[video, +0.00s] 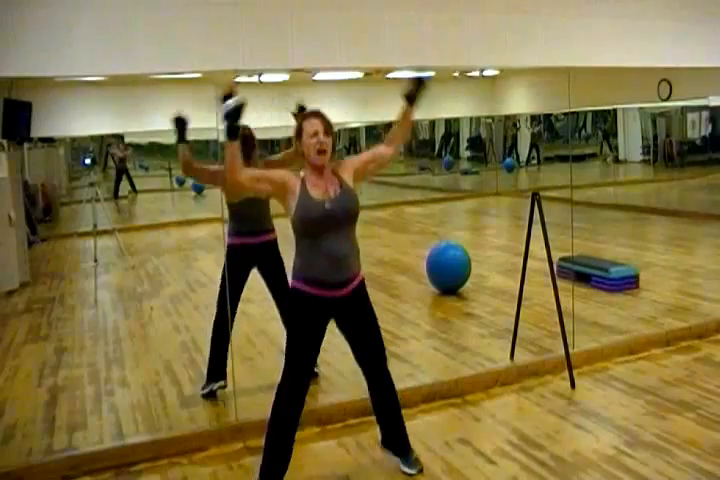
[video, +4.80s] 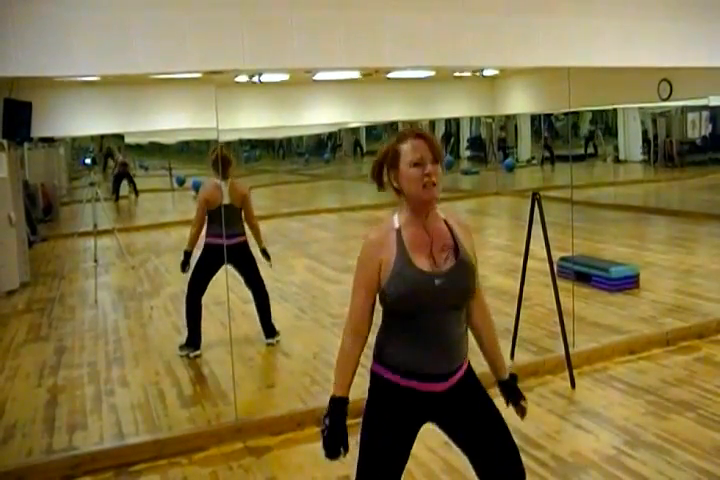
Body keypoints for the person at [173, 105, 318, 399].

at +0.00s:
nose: (241, 146)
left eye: (237, 141)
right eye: (245, 141)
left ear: (233, 147)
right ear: (254, 146)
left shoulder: (226, 174)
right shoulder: (265, 168)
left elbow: (188, 168)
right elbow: (299, 153)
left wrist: (182, 136)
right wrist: (302, 124)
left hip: (239, 246)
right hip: (267, 244)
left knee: (225, 312)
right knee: (287, 306)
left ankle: (215, 378)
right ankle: (306, 362)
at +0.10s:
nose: (247, 143)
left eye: (239, 139)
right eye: (251, 138)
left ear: (233, 143)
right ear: (256, 141)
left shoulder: (224, 171)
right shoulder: (273, 167)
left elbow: (196, 190)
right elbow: (294, 188)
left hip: (238, 241)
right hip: (267, 238)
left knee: (231, 304)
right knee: (279, 300)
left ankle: (230, 370)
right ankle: (295, 357)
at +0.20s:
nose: (250, 152)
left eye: (239, 147)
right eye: (254, 147)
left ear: (234, 151)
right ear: (256, 150)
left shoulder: (228, 183)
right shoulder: (271, 179)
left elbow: (207, 219)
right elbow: (290, 208)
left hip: (238, 254)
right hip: (267, 250)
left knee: (236, 315)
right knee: (275, 309)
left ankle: (242, 377)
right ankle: (283, 369)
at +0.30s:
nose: (241, 157)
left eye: (236, 153)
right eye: (249, 152)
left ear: (234, 157)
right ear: (255, 155)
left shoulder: (230, 189)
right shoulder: (268, 184)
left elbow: (223, 231)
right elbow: (280, 220)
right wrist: (285, 250)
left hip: (240, 257)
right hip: (268, 254)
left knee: (234, 317)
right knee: (276, 310)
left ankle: (241, 379)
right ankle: (283, 373)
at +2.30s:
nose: (241, 164)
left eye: (230, 160)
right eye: (244, 160)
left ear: (224, 162)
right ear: (245, 163)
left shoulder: (218, 192)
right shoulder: (256, 191)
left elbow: (212, 224)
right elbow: (269, 225)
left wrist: (210, 254)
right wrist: (278, 255)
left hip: (225, 258)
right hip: (252, 258)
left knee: (203, 305)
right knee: (271, 298)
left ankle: (201, 363)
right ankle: (287, 344)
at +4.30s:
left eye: (214, 153)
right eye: (231, 152)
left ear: (214, 154)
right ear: (233, 153)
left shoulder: (210, 181)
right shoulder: (244, 177)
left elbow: (200, 216)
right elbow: (260, 206)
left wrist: (189, 243)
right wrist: (275, 226)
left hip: (214, 240)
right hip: (240, 240)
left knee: (197, 286)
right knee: (258, 281)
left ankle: (194, 338)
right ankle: (271, 329)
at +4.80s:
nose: (218, 169)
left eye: (214, 166)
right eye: (226, 165)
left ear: (212, 167)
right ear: (231, 166)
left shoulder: (207, 191)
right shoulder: (241, 190)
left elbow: (198, 225)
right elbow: (252, 222)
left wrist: (187, 253)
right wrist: (262, 246)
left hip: (213, 251)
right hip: (239, 250)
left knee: (194, 293)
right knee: (258, 288)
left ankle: (193, 343)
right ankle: (270, 332)